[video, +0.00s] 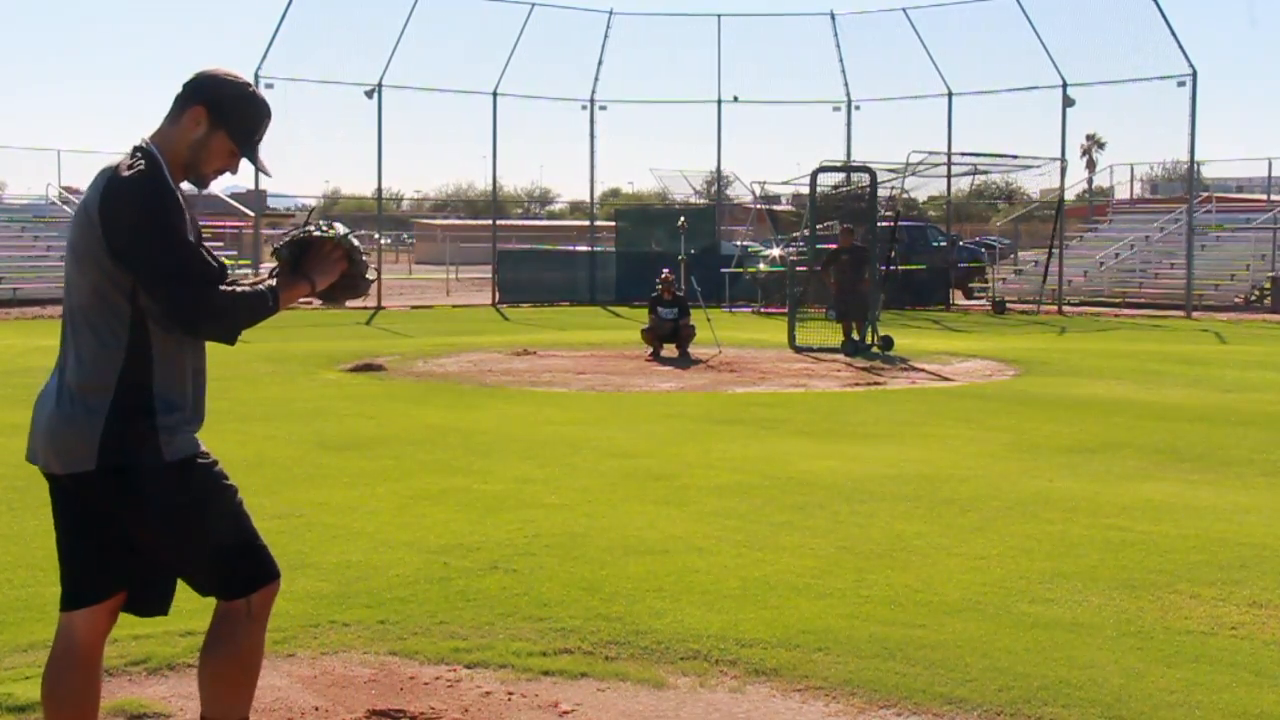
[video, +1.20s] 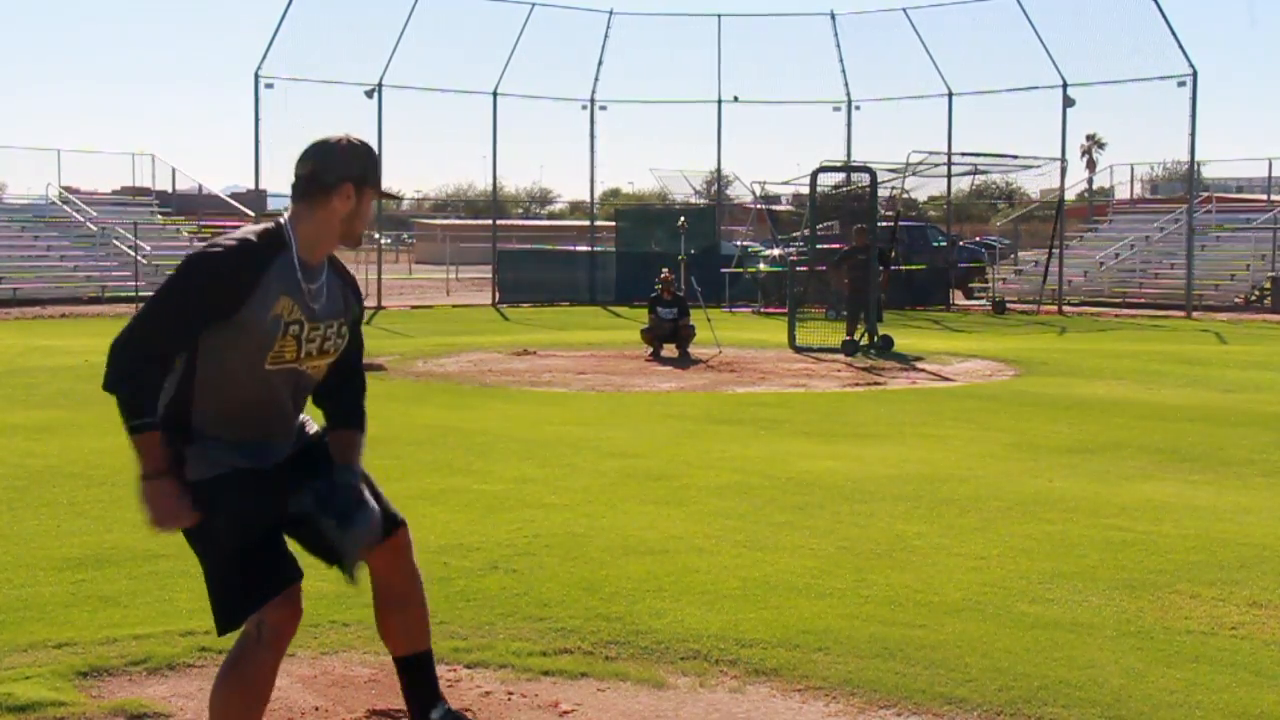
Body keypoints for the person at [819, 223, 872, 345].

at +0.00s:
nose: (844, 239)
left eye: (847, 236)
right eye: (842, 236)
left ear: (852, 237)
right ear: (839, 237)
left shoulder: (862, 251)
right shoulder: (836, 253)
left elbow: (870, 267)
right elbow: (824, 269)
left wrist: (868, 281)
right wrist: (830, 283)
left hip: (858, 288)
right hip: (842, 288)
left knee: (860, 317)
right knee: (845, 318)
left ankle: (862, 340)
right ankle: (847, 341)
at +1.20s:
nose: (860, 238)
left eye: (862, 235)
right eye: (857, 235)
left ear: (867, 236)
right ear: (854, 237)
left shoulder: (874, 251)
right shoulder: (848, 252)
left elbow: (886, 264)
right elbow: (835, 266)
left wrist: (883, 281)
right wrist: (841, 282)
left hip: (871, 288)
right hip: (854, 288)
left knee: (871, 318)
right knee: (852, 317)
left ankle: (871, 342)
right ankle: (849, 340)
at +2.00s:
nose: (867, 238)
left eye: (869, 235)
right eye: (864, 235)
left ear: (874, 236)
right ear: (861, 237)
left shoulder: (884, 251)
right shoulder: (857, 252)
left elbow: (895, 267)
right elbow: (844, 268)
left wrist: (889, 283)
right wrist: (851, 280)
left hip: (878, 288)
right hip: (862, 288)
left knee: (876, 316)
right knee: (858, 316)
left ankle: (873, 341)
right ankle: (852, 340)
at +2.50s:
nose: (865, 239)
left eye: (868, 236)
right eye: (863, 236)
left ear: (873, 237)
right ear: (860, 237)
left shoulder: (883, 252)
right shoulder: (855, 252)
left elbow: (894, 268)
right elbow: (843, 268)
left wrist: (888, 284)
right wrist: (850, 281)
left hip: (877, 289)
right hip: (860, 288)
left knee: (874, 316)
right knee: (856, 316)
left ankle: (872, 341)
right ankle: (852, 340)